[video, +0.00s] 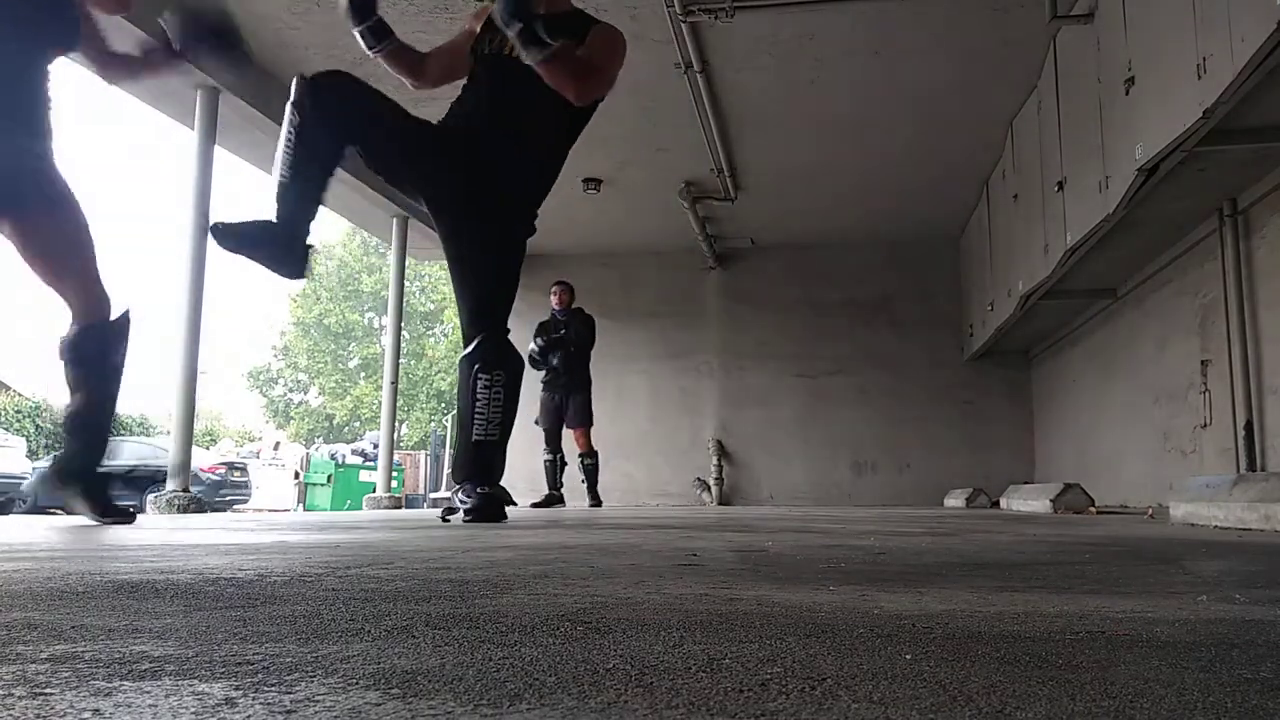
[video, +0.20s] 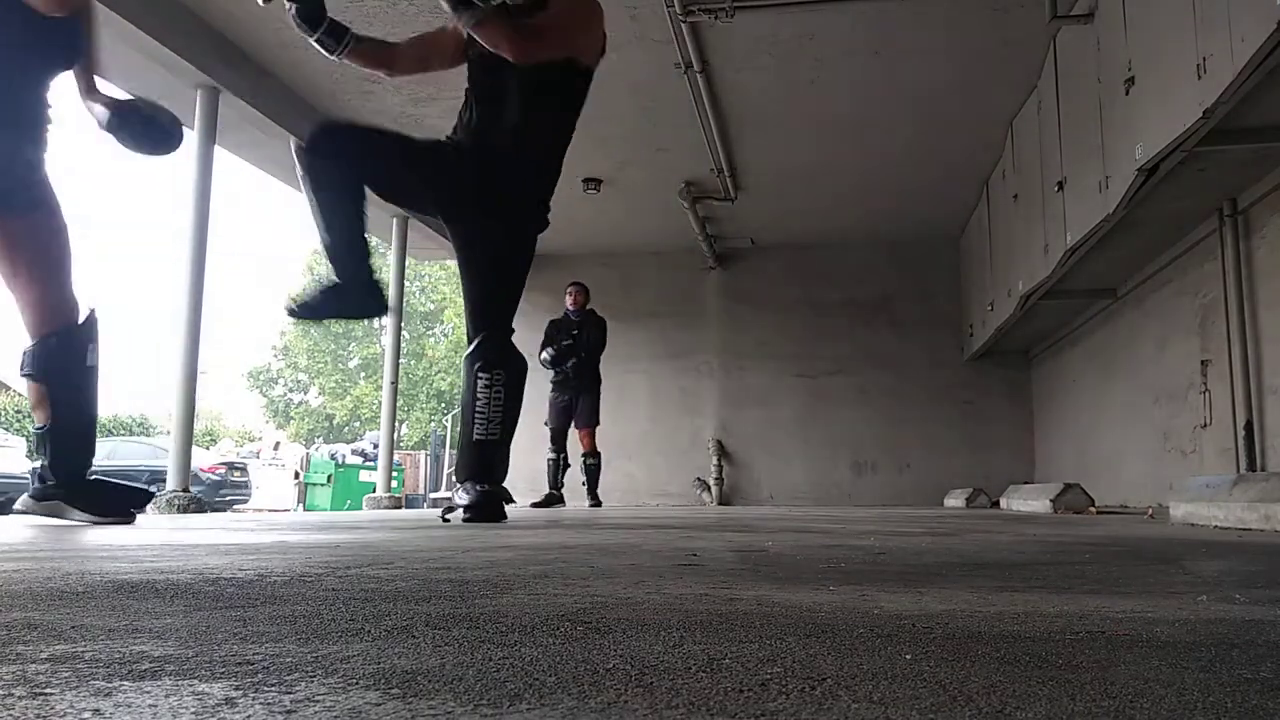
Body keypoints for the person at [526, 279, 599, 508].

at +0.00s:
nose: (558, 297)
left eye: (562, 293)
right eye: (554, 294)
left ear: (571, 297)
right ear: (550, 299)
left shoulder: (583, 320)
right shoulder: (544, 326)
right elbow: (534, 359)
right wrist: (548, 358)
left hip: (577, 388)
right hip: (551, 388)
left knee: (582, 438)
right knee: (550, 439)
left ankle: (592, 491)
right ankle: (554, 492)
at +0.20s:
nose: (573, 298)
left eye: (578, 294)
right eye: (569, 294)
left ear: (586, 298)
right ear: (564, 299)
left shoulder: (596, 322)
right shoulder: (555, 325)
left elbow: (594, 352)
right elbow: (544, 354)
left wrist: (574, 365)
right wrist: (551, 358)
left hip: (587, 388)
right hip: (560, 388)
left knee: (586, 436)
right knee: (556, 437)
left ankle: (592, 491)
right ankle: (554, 491)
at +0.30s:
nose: (579, 299)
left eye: (584, 295)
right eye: (576, 295)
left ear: (593, 300)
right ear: (571, 300)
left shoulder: (601, 325)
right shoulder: (560, 325)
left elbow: (603, 353)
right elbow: (549, 355)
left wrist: (585, 367)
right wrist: (557, 362)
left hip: (591, 388)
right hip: (565, 388)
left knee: (589, 437)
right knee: (559, 437)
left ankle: (592, 493)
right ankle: (555, 491)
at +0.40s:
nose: (585, 299)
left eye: (590, 296)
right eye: (582, 296)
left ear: (598, 301)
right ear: (575, 300)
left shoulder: (607, 325)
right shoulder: (564, 325)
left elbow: (607, 353)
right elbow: (553, 355)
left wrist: (587, 364)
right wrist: (563, 362)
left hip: (595, 390)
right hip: (569, 389)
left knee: (592, 439)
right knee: (560, 438)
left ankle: (592, 494)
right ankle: (554, 490)